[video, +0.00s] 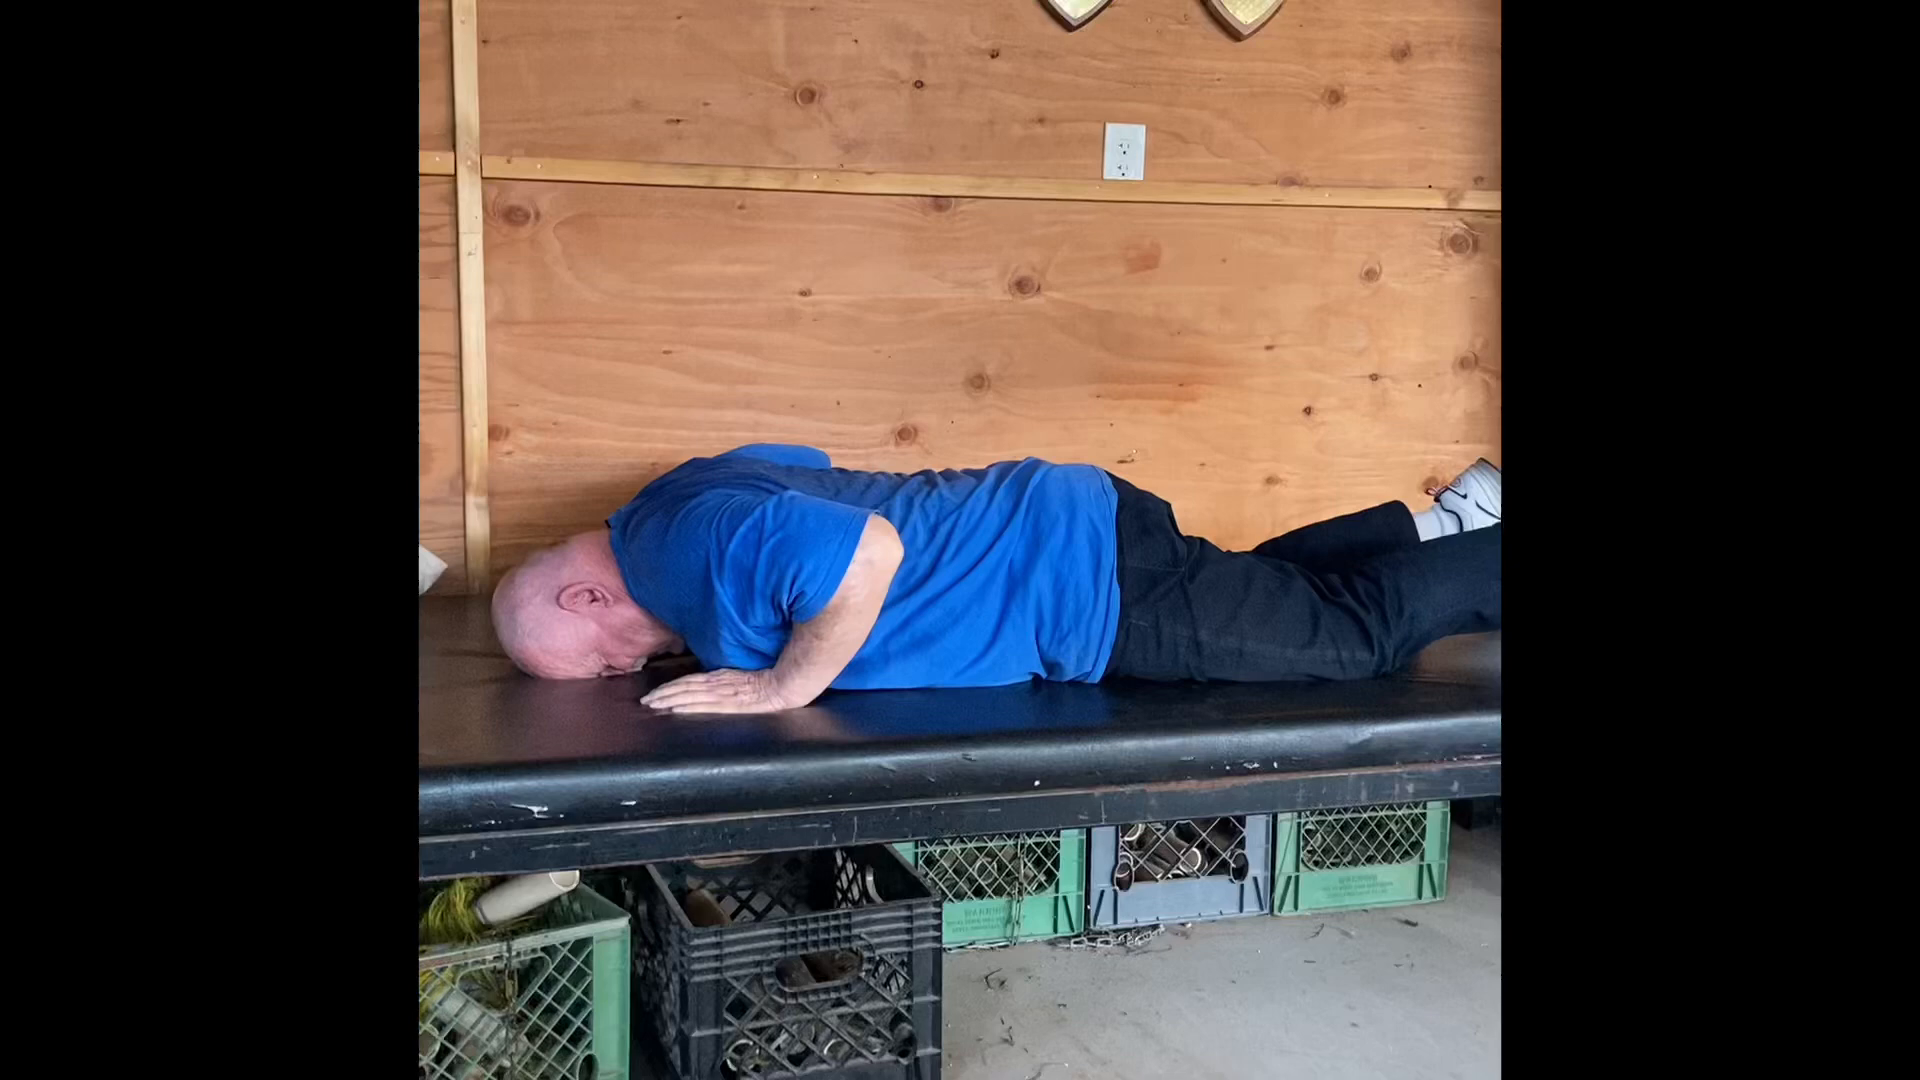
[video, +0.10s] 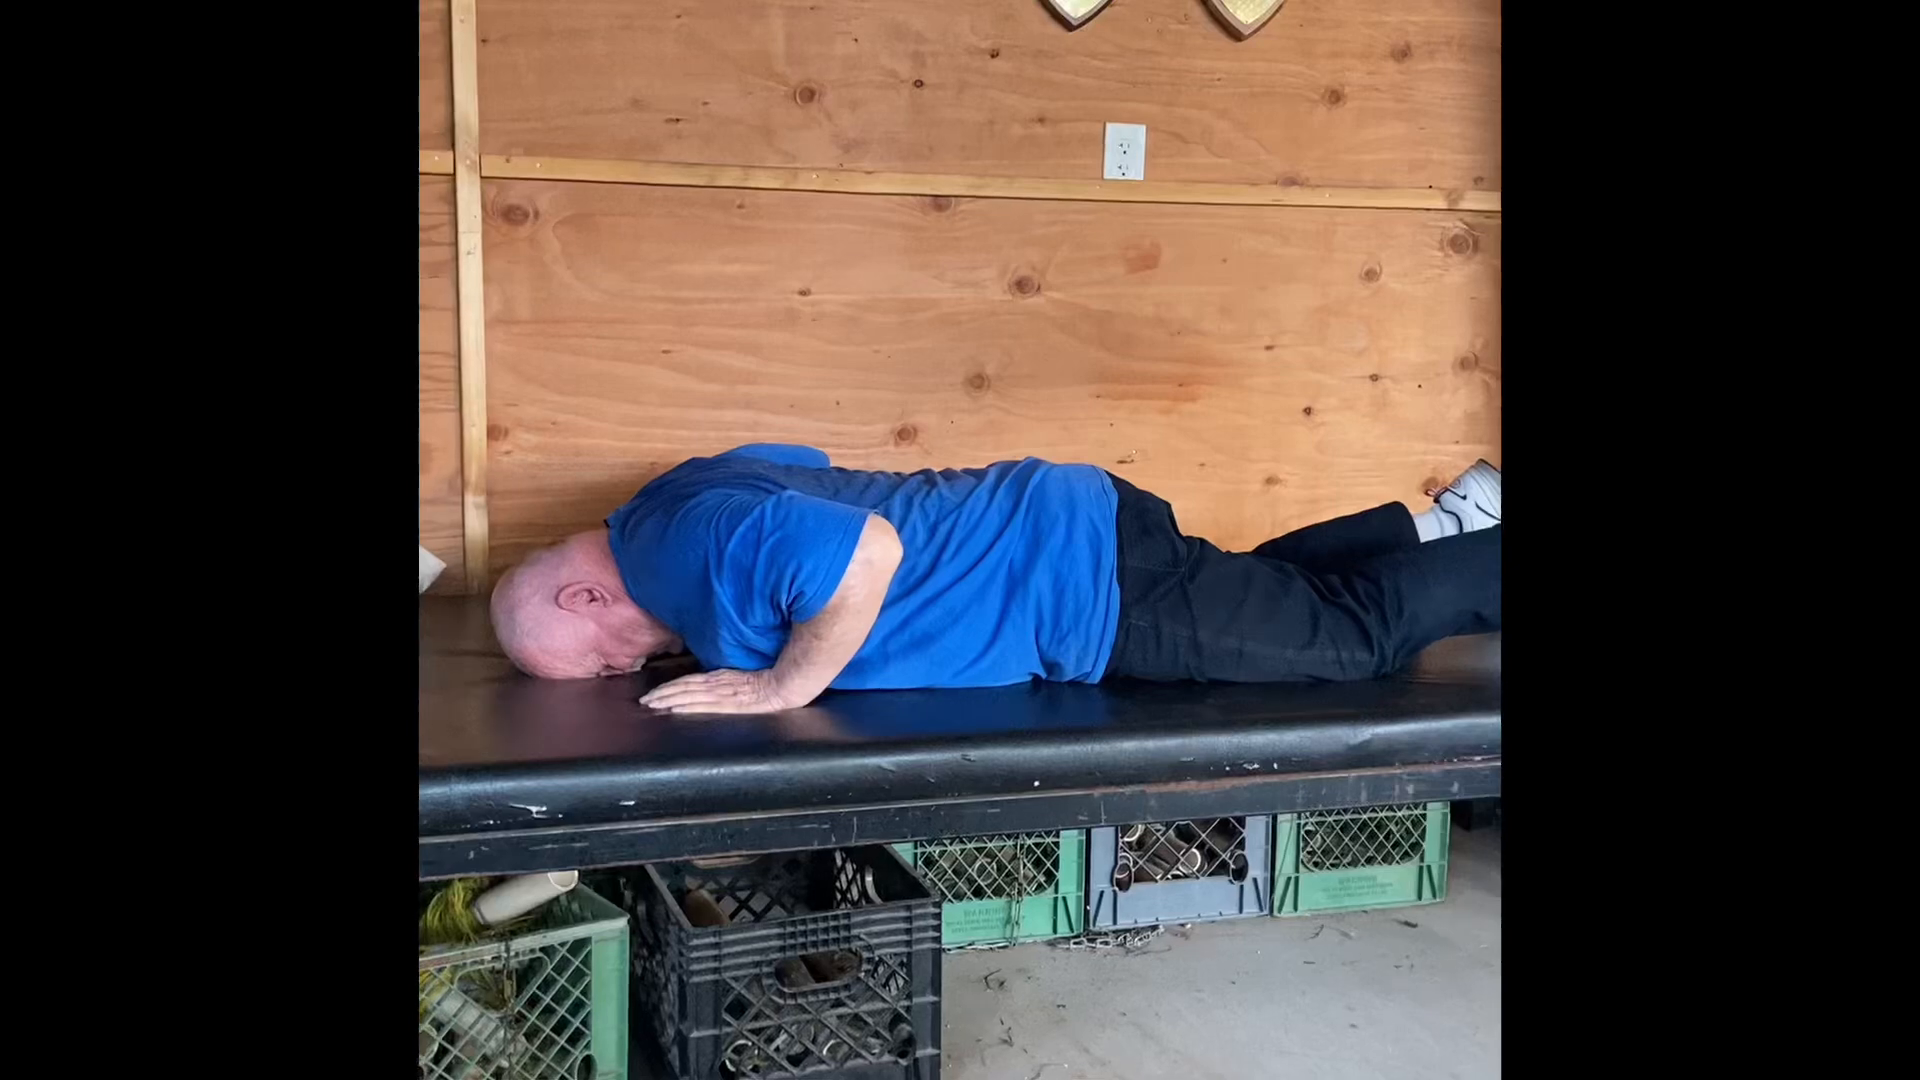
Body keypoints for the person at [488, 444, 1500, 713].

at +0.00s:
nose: (612, 670)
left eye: (583, 665)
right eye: (586, 663)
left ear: (586, 608)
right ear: (583, 581)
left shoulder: (699, 536)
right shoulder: (672, 525)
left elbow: (868, 548)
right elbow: (857, 525)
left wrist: (779, 689)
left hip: (1083, 578)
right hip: (1062, 540)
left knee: (1356, 632)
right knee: (1267, 599)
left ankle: (1488, 547)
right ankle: (1447, 523)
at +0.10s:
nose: (609, 671)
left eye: (580, 666)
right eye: (583, 664)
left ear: (585, 608)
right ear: (582, 581)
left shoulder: (697, 537)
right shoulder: (673, 524)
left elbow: (867, 548)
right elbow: (859, 515)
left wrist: (778, 690)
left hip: (1083, 578)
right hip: (1062, 544)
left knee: (1353, 631)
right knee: (1265, 600)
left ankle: (1488, 549)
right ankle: (1445, 525)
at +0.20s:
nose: (608, 670)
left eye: (579, 665)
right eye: (582, 663)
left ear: (584, 609)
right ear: (581, 582)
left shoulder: (695, 537)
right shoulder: (670, 527)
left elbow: (866, 549)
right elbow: (854, 525)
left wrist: (777, 690)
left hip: (1081, 577)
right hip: (1060, 550)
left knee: (1353, 631)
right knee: (1266, 601)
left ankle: (1487, 546)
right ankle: (1445, 525)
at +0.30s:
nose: (608, 672)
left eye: (579, 667)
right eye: (581, 666)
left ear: (583, 609)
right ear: (581, 582)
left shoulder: (699, 535)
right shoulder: (671, 529)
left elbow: (868, 553)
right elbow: (854, 528)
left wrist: (775, 692)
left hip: (1082, 579)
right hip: (1060, 554)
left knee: (1354, 634)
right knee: (1265, 600)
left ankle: (1486, 547)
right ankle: (1443, 526)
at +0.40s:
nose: (605, 673)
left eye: (576, 667)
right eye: (579, 666)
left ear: (582, 609)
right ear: (578, 579)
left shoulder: (695, 540)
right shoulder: (671, 521)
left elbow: (869, 554)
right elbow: (866, 502)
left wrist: (778, 693)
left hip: (1082, 585)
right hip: (1060, 547)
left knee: (1351, 636)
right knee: (1264, 599)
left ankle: (1487, 552)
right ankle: (1445, 528)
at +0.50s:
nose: (605, 673)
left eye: (576, 667)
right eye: (579, 666)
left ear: (579, 610)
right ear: (576, 579)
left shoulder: (694, 541)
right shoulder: (671, 519)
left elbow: (868, 557)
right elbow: (869, 491)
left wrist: (774, 693)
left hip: (1080, 589)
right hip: (1059, 543)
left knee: (1350, 638)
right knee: (1262, 598)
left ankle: (1484, 556)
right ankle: (1445, 529)